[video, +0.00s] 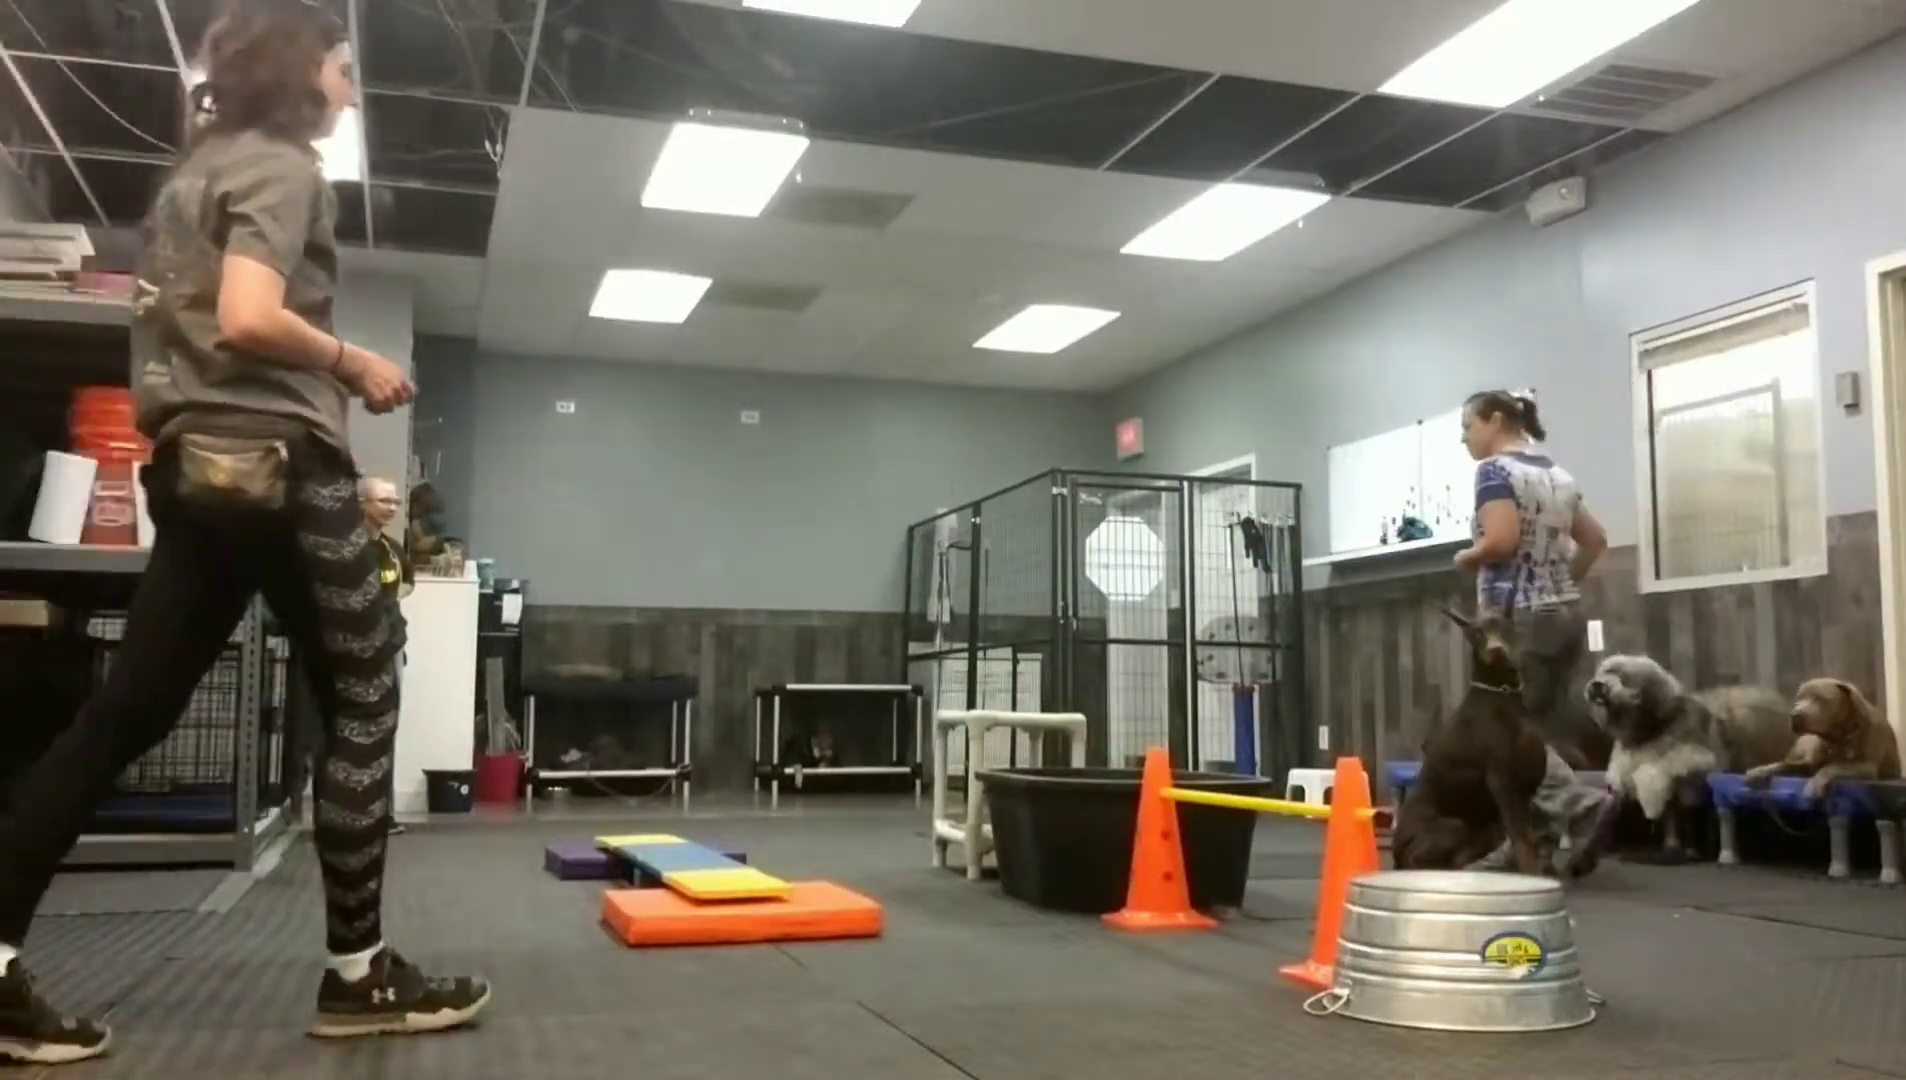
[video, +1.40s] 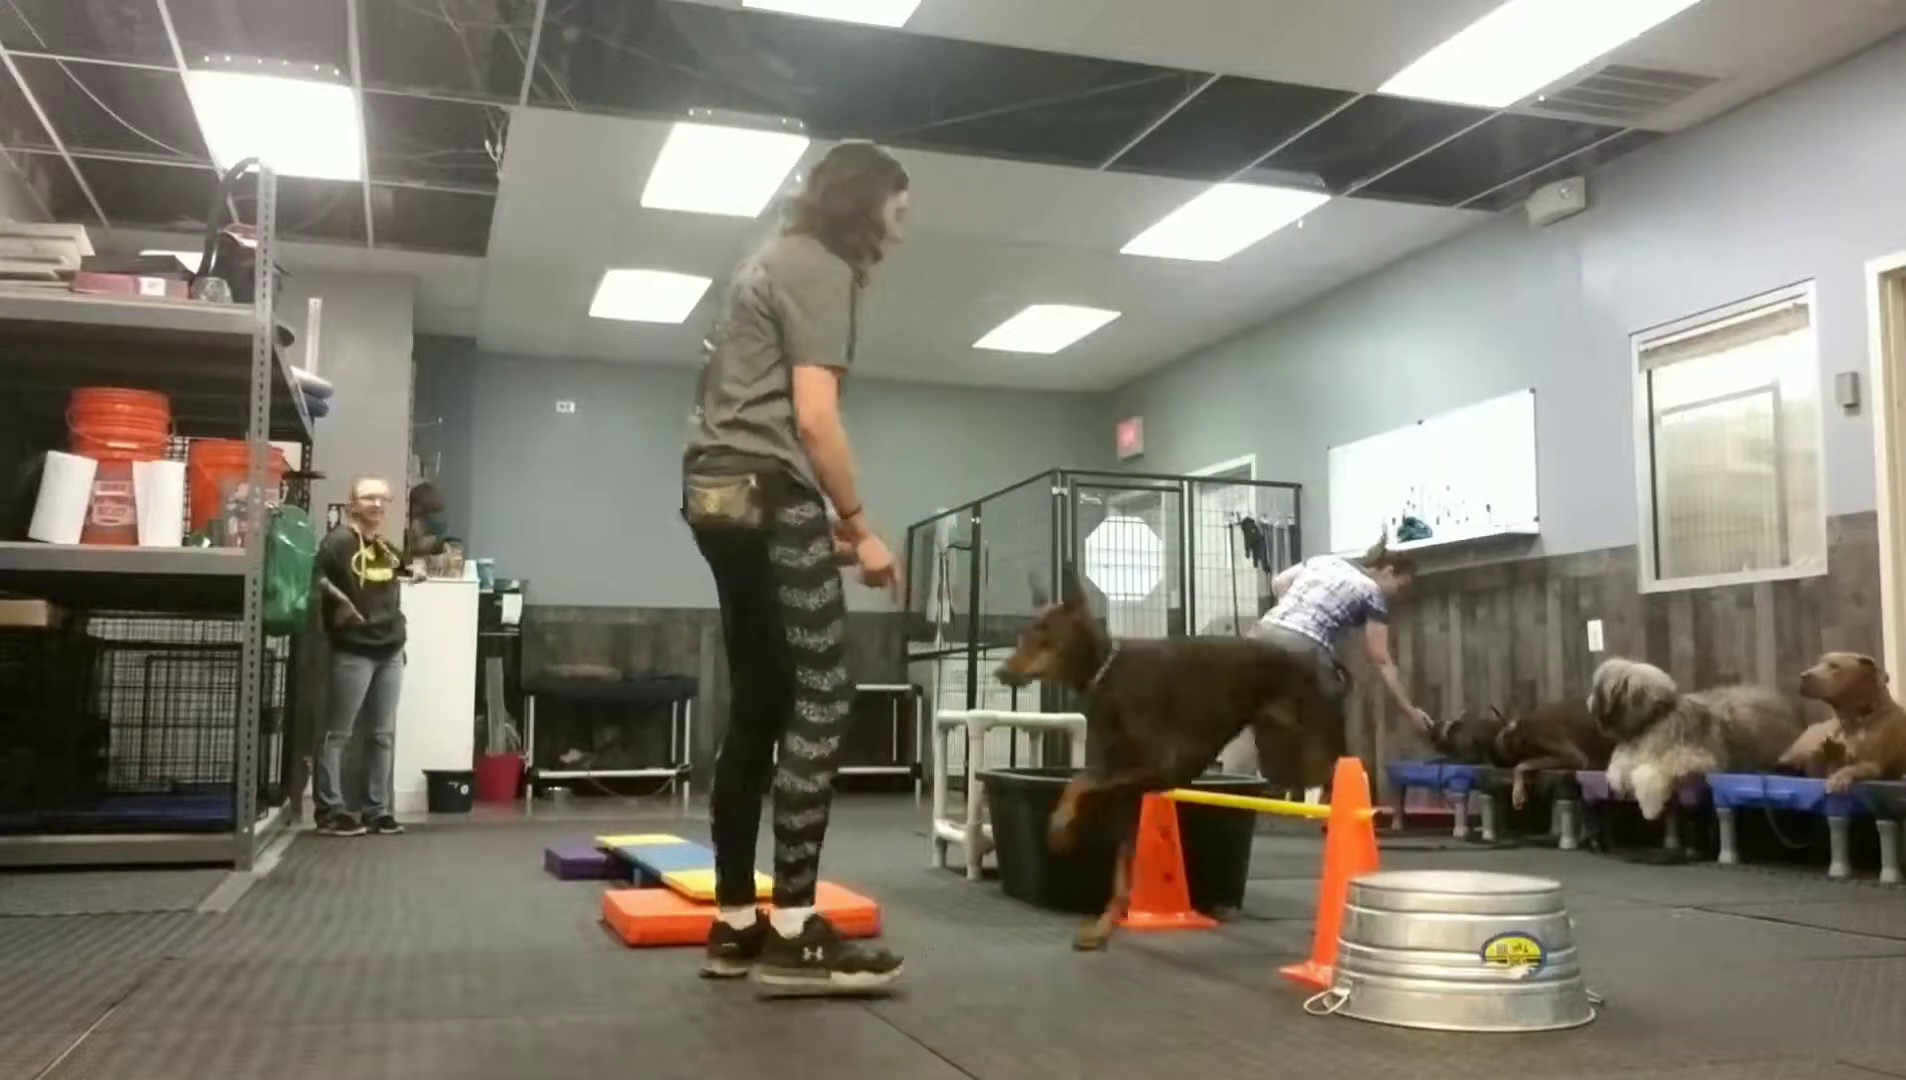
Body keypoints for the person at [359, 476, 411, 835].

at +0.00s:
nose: (392, 507)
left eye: (395, 502)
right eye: (385, 501)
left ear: (396, 506)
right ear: (365, 504)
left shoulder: (390, 546)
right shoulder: (356, 547)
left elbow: (394, 595)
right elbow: (357, 602)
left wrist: (395, 637)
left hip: (389, 647)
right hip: (364, 651)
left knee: (386, 731)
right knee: (368, 731)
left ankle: (384, 811)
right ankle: (369, 814)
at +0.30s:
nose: (385, 503)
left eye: (388, 497)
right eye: (376, 496)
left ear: (393, 503)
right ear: (356, 503)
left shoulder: (392, 548)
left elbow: (403, 595)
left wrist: (390, 622)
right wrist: (373, 627)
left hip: (389, 652)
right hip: (352, 651)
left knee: (382, 735)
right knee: (338, 733)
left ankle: (376, 808)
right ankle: (330, 809)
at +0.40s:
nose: (382, 505)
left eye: (385, 500)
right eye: (374, 499)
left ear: (388, 505)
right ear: (356, 503)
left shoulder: (386, 549)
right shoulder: (340, 541)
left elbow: (413, 582)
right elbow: (322, 580)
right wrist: (345, 604)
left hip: (389, 649)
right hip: (354, 648)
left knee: (382, 734)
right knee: (339, 733)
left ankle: (377, 809)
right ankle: (330, 810)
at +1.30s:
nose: (378, 512)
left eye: (384, 506)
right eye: (371, 505)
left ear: (389, 509)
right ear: (352, 507)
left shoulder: (388, 550)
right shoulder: (337, 543)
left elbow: (425, 563)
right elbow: (317, 579)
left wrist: (407, 538)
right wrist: (340, 600)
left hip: (390, 649)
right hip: (354, 648)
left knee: (383, 734)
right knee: (340, 734)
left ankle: (377, 810)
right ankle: (330, 810)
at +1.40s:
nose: (377, 505)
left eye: (382, 500)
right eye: (369, 499)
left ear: (389, 506)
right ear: (353, 504)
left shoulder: (387, 550)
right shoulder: (337, 545)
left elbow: (391, 597)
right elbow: (320, 591)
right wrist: (348, 618)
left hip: (390, 649)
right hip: (353, 649)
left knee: (382, 735)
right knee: (338, 734)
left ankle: (377, 811)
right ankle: (329, 810)